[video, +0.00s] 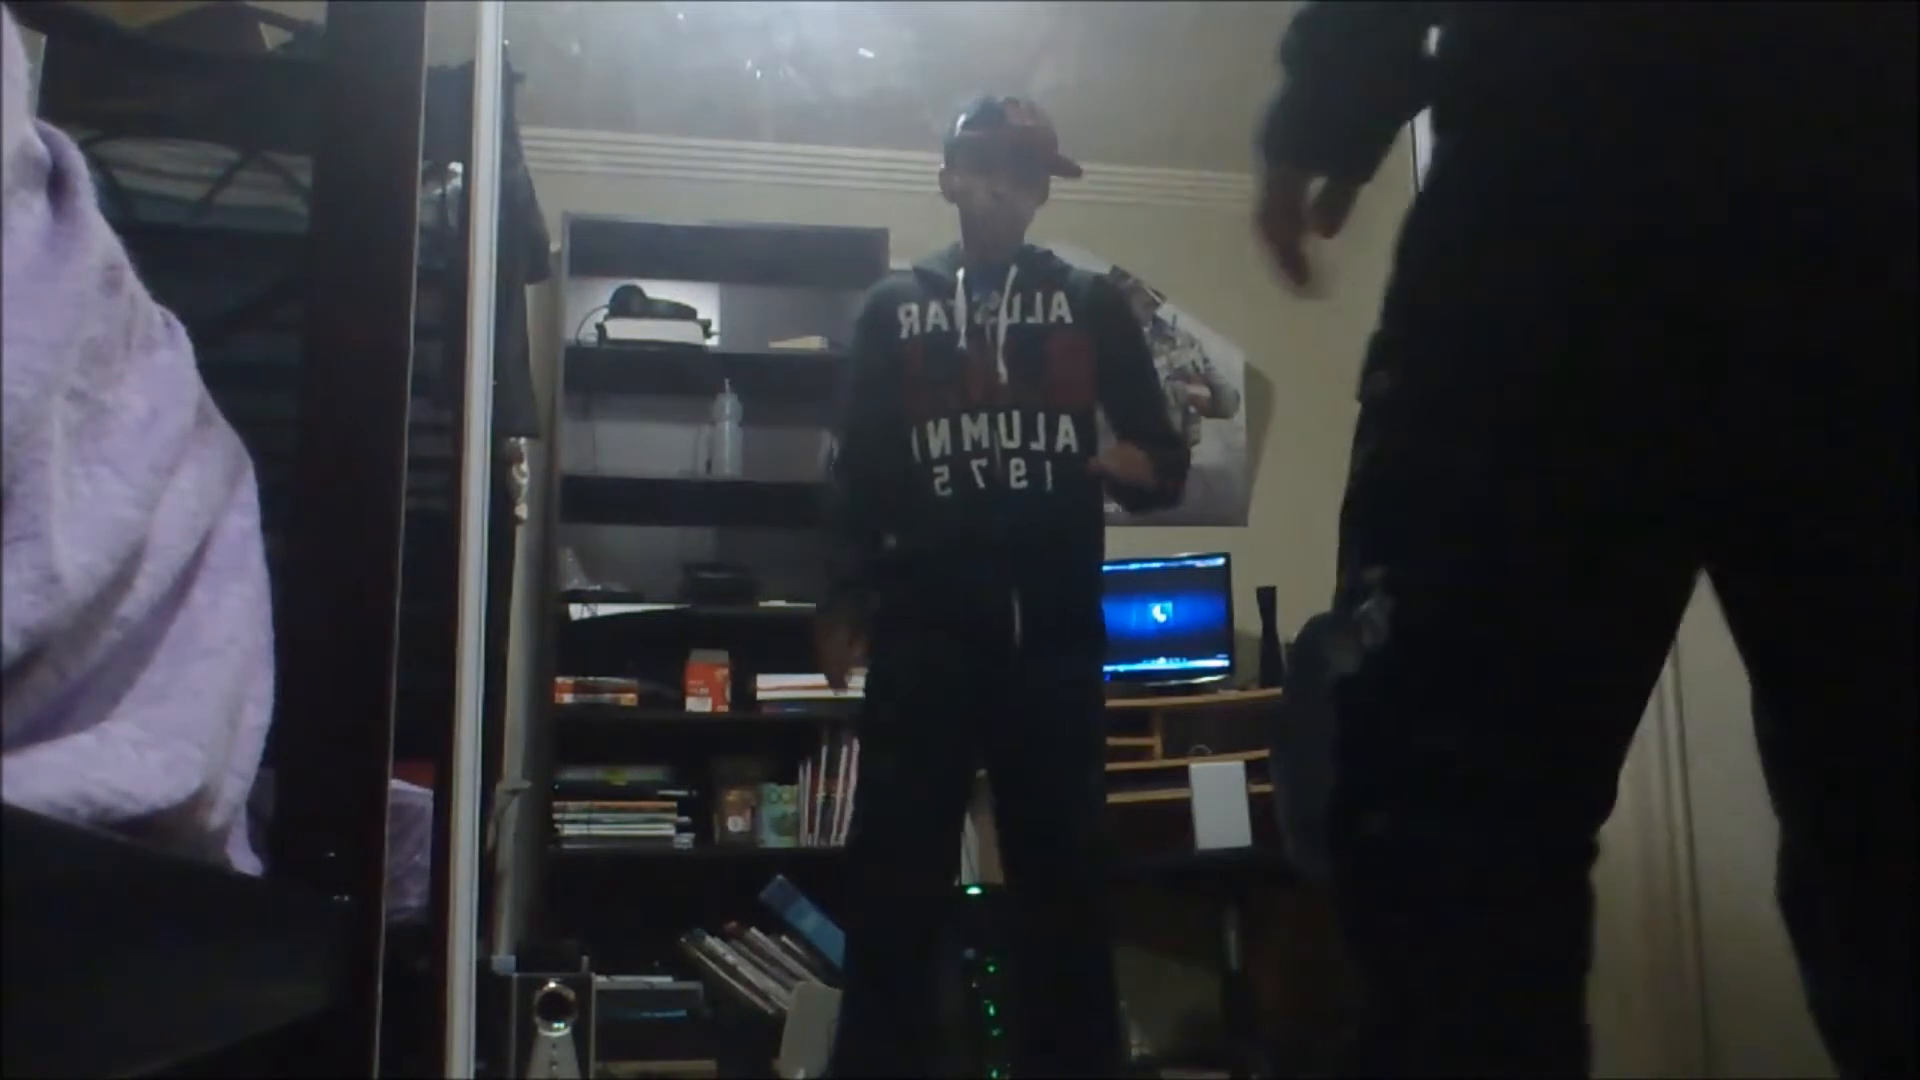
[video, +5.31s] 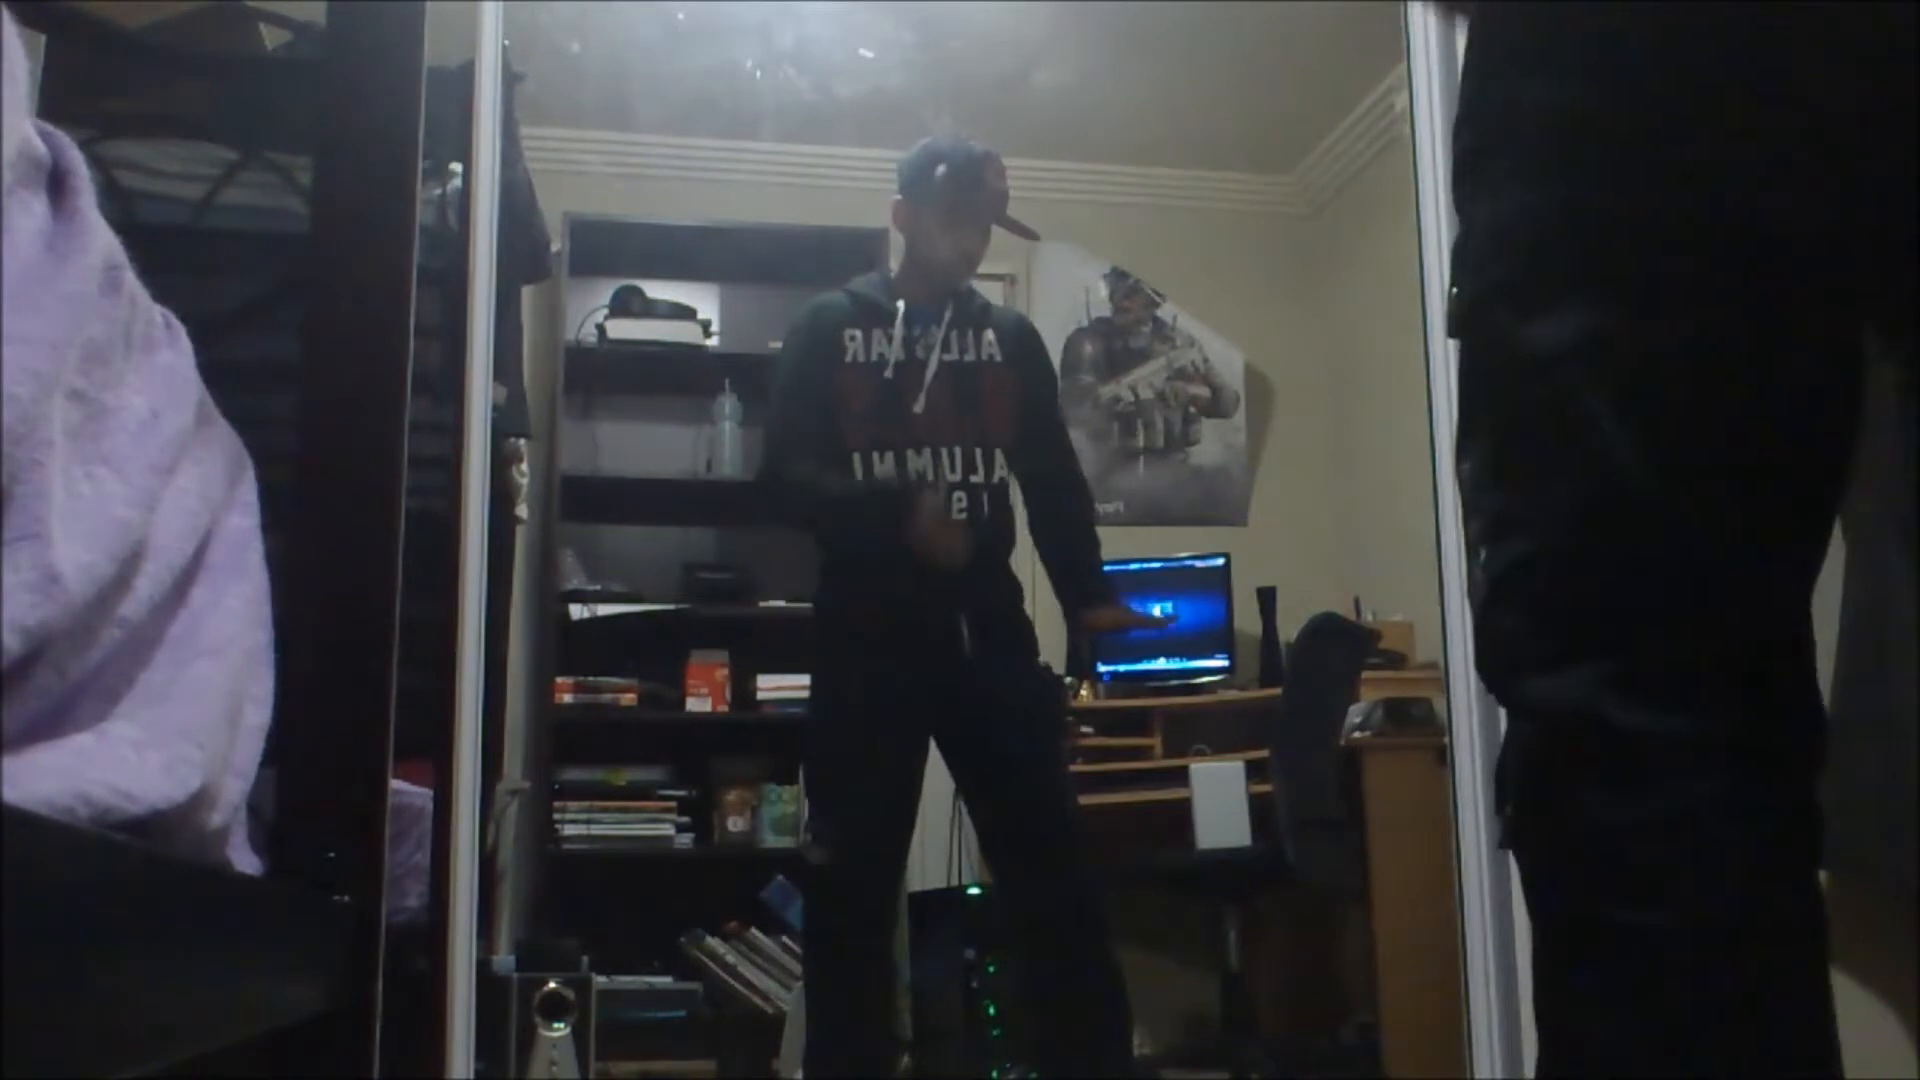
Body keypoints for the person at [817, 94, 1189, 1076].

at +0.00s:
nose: (999, 187)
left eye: (1019, 170)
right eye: (981, 167)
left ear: (1046, 184)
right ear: (949, 177)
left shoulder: (1092, 299)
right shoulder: (893, 304)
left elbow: (1164, 467)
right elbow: (857, 466)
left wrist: (1113, 454)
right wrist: (842, 599)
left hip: (1052, 618)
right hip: (924, 615)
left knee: (1061, 868)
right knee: (893, 866)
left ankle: (1069, 1066)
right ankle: (883, 1068)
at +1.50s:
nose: (938, 238)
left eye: (958, 222)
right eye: (922, 222)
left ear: (992, 234)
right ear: (900, 230)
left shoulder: (1047, 346)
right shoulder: (868, 359)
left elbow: (1096, 499)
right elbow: (834, 504)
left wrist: (1034, 585)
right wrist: (813, 613)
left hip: (1005, 636)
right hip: (889, 635)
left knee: (1019, 867)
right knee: (834, 850)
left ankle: (1046, 1061)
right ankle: (819, 1058)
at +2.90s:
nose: (961, 242)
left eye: (977, 227)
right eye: (944, 222)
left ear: (996, 242)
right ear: (906, 231)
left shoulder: (1027, 357)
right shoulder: (846, 354)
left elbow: (1075, 490)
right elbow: (813, 502)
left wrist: (1092, 599)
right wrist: (879, 558)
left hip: (1004, 644)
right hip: (887, 646)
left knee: (1042, 878)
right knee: (864, 886)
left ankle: (1069, 1067)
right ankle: (849, 1068)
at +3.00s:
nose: (997, 244)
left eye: (1008, 230)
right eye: (980, 225)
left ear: (1018, 242)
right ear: (932, 229)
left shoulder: (1040, 356)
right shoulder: (868, 336)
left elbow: (1086, 487)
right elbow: (828, 484)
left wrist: (1120, 596)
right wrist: (935, 492)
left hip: (1011, 641)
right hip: (900, 638)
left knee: (1052, 888)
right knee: (874, 894)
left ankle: (1065, 1069)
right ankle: (851, 1070)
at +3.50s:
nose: (1057, 244)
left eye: (1069, 228)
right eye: (1039, 223)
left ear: (1082, 239)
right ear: (991, 230)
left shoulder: (1108, 351)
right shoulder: (926, 336)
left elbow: (1160, 482)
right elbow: (863, 474)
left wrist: (1184, 499)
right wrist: (897, 570)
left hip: (1053, 626)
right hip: (935, 622)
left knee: (1063, 859)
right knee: (889, 847)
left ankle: (1067, 1062)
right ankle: (863, 1057)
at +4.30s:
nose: (933, 239)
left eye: (957, 224)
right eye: (922, 222)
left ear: (996, 234)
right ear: (904, 230)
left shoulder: (1053, 339)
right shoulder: (873, 353)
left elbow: (1098, 493)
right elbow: (853, 523)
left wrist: (1087, 529)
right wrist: (800, 602)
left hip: (1022, 634)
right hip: (904, 634)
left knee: (1054, 869)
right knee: (828, 852)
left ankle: (1055, 1065)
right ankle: (767, 1063)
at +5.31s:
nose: (975, 239)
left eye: (988, 223)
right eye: (957, 218)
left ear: (997, 225)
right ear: (903, 213)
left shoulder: (1009, 339)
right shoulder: (829, 327)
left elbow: (1053, 481)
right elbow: (790, 479)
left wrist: (1088, 598)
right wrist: (895, 519)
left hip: (989, 637)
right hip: (869, 639)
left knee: (1048, 863)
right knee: (856, 880)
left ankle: (1091, 1063)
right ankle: (848, 1068)